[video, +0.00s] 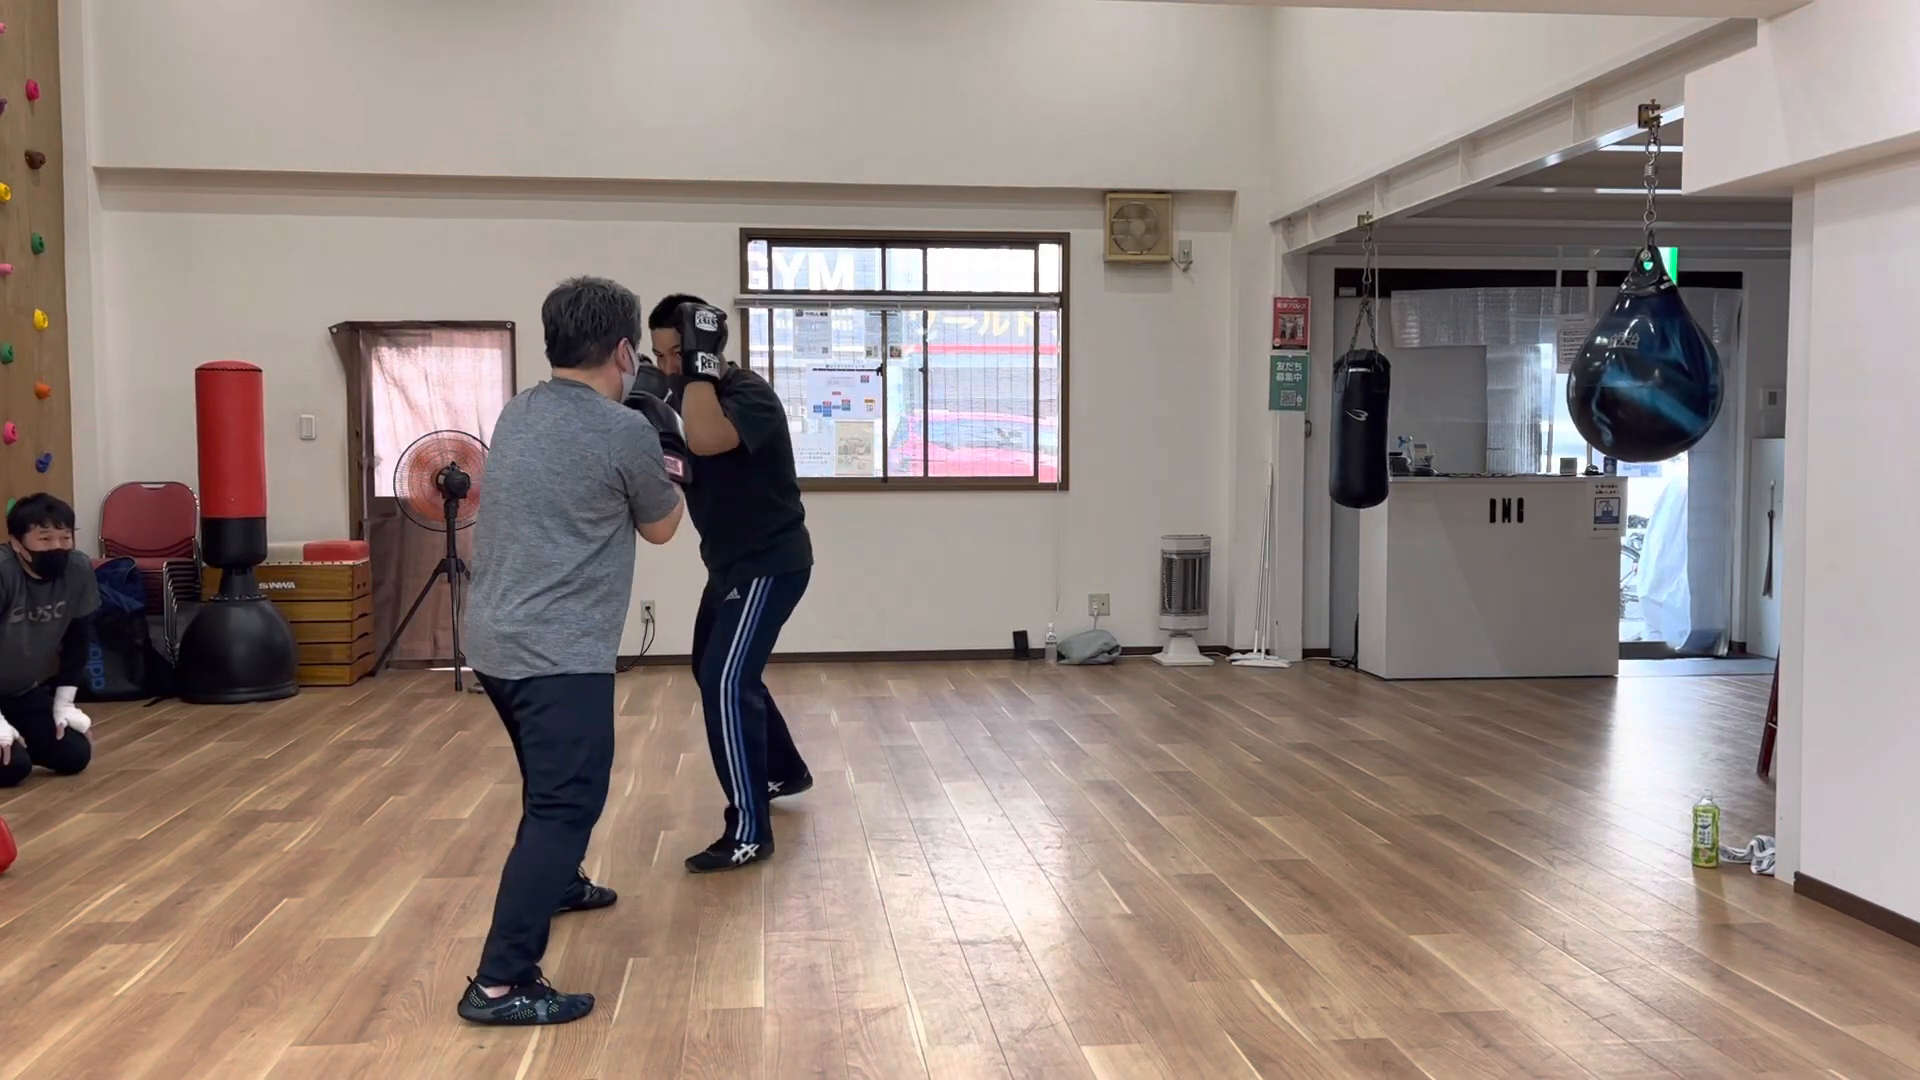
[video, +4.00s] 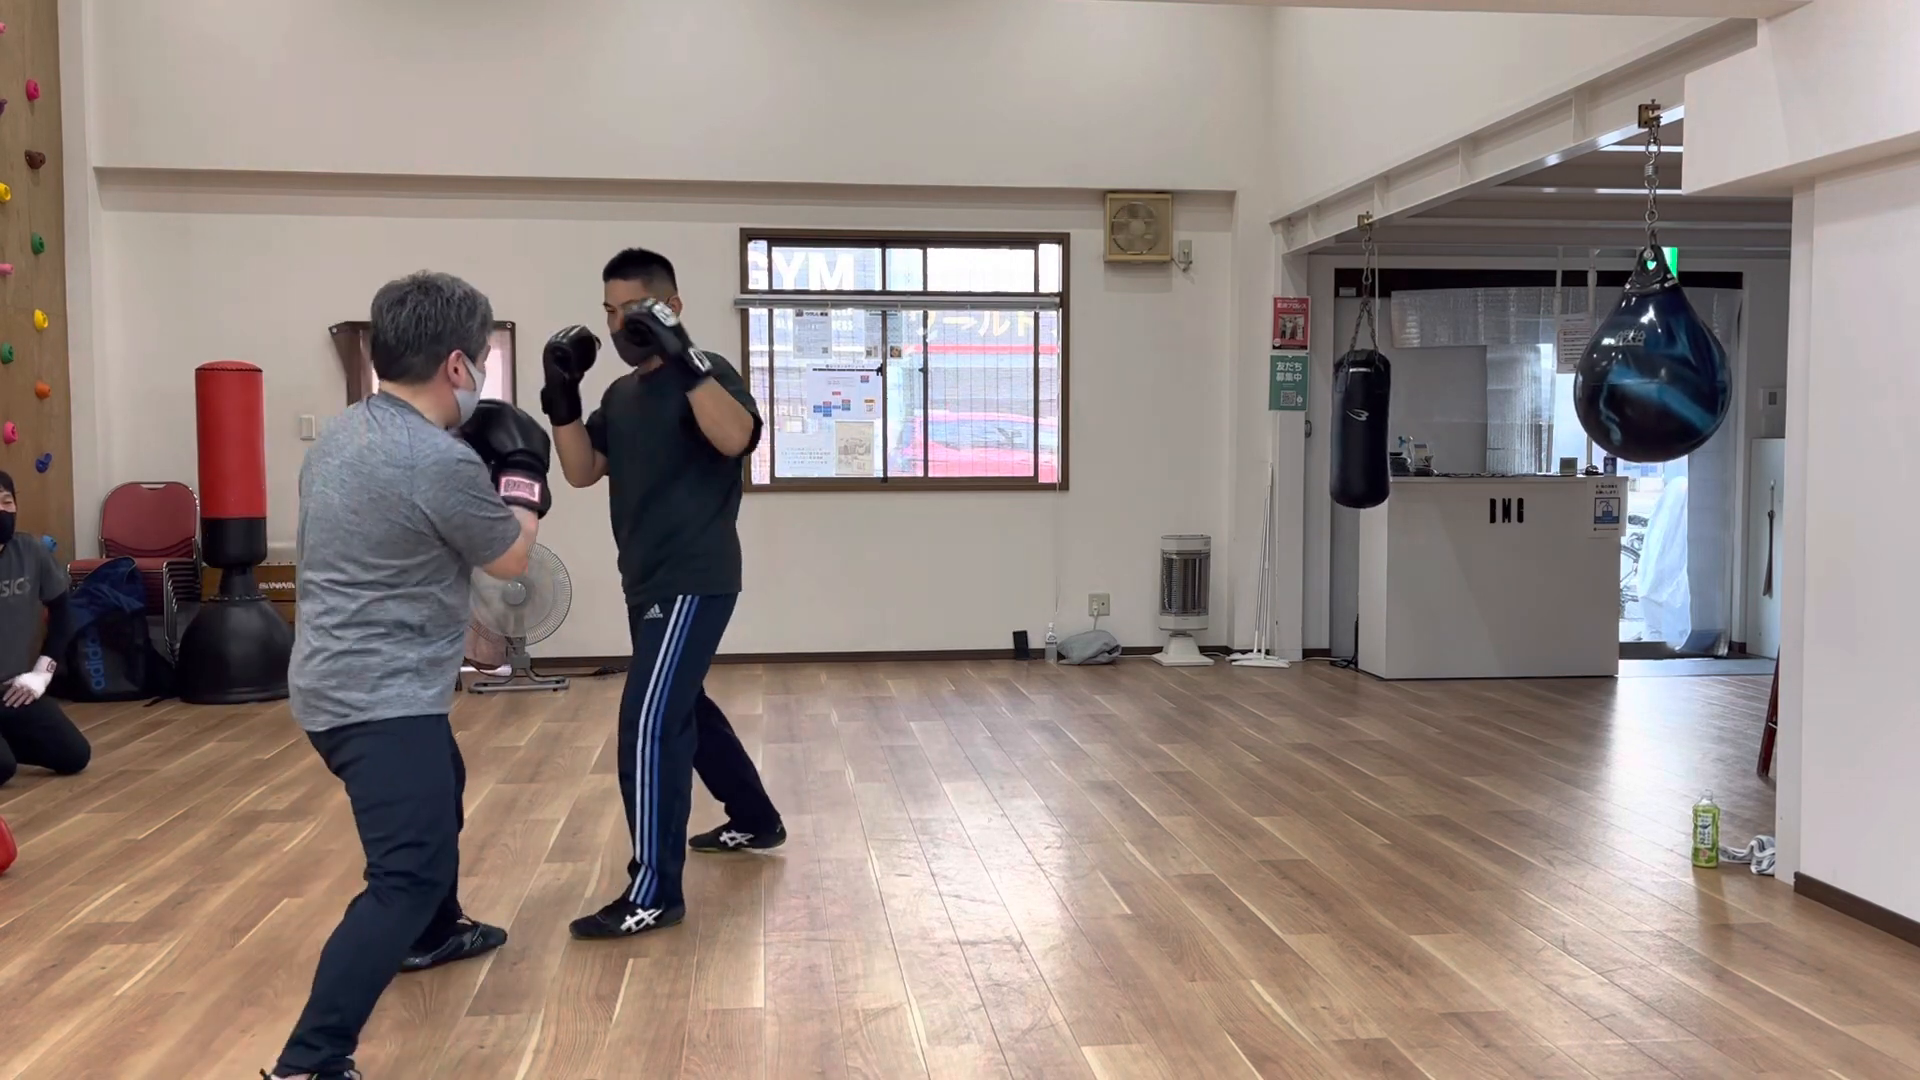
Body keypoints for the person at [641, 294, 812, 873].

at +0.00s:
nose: (667, 365)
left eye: (674, 353)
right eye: (660, 355)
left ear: (705, 348)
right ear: (657, 356)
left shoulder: (751, 396)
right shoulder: (693, 403)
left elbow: (706, 437)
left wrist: (701, 365)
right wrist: (645, 410)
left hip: (768, 565)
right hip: (730, 565)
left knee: (724, 677)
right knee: (714, 666)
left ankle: (748, 833)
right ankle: (784, 769)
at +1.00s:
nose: (609, 434)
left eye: (612, 420)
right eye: (601, 426)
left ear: (644, 410)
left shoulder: (676, 432)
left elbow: (703, 447)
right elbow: (708, 564)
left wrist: (653, 483)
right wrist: (641, 537)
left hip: (774, 590)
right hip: (799, 587)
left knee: (698, 710)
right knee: (778, 689)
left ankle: (733, 865)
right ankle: (794, 784)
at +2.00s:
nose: (635, 343)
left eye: (647, 331)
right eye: (627, 333)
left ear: (681, 326)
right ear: (622, 332)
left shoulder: (714, 385)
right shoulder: (638, 394)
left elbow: (740, 458)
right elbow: (603, 461)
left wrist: (667, 414)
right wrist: (578, 397)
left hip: (715, 560)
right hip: (678, 562)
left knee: (672, 689)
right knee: (712, 672)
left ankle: (657, 850)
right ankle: (777, 762)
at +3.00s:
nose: (624, 342)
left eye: (633, 329)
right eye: (617, 331)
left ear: (672, 322)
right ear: (619, 329)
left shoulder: (703, 380)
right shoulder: (651, 382)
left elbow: (694, 463)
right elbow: (613, 458)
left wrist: (628, 402)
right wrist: (586, 390)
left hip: (701, 567)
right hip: (679, 565)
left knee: (639, 693)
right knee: (697, 690)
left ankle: (649, 857)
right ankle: (748, 802)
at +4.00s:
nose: (625, 323)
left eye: (638, 309)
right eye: (613, 312)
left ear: (673, 304)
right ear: (604, 316)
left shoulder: (711, 374)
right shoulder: (617, 397)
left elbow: (736, 438)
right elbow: (582, 470)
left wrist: (680, 358)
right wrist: (561, 393)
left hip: (694, 578)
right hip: (646, 582)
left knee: (648, 719)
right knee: (684, 709)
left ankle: (653, 895)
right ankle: (756, 821)